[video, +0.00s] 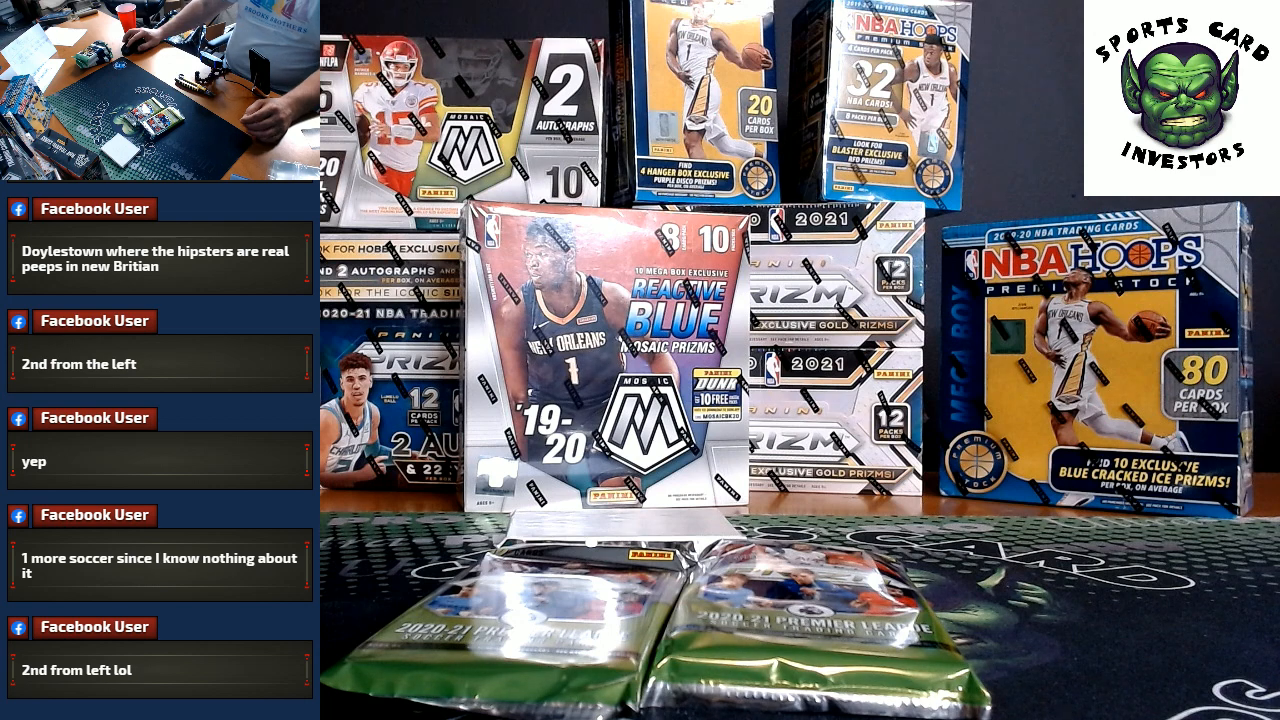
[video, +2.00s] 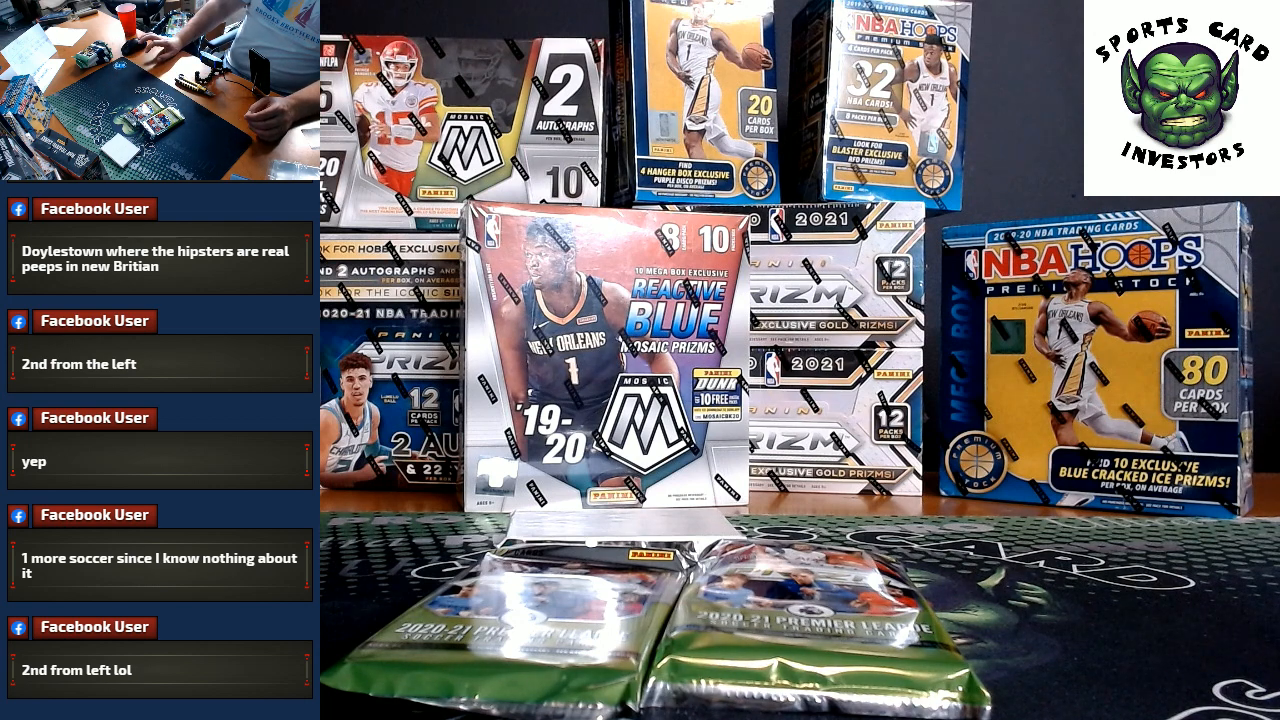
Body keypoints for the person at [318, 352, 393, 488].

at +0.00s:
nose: (356, 385)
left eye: (362, 378)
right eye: (350, 379)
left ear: (370, 382)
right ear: (341, 383)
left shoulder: (372, 413)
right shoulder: (325, 419)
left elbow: (373, 450)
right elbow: (316, 477)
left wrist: (406, 456)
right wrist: (360, 475)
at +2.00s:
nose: (356, 385)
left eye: (362, 378)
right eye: (350, 379)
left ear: (370, 382)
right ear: (341, 383)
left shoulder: (372, 413)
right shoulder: (325, 419)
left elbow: (373, 450)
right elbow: (316, 477)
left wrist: (406, 456)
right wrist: (360, 475)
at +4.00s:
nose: (356, 385)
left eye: (362, 378)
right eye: (350, 379)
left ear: (370, 382)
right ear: (341, 383)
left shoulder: (372, 413)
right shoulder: (325, 419)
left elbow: (373, 450)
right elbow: (316, 477)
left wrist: (406, 456)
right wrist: (360, 475)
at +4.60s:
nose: (356, 386)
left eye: (362, 378)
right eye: (350, 380)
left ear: (370, 382)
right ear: (342, 384)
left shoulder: (372, 413)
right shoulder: (326, 417)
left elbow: (374, 450)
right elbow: (331, 469)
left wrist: (404, 455)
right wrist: (364, 472)